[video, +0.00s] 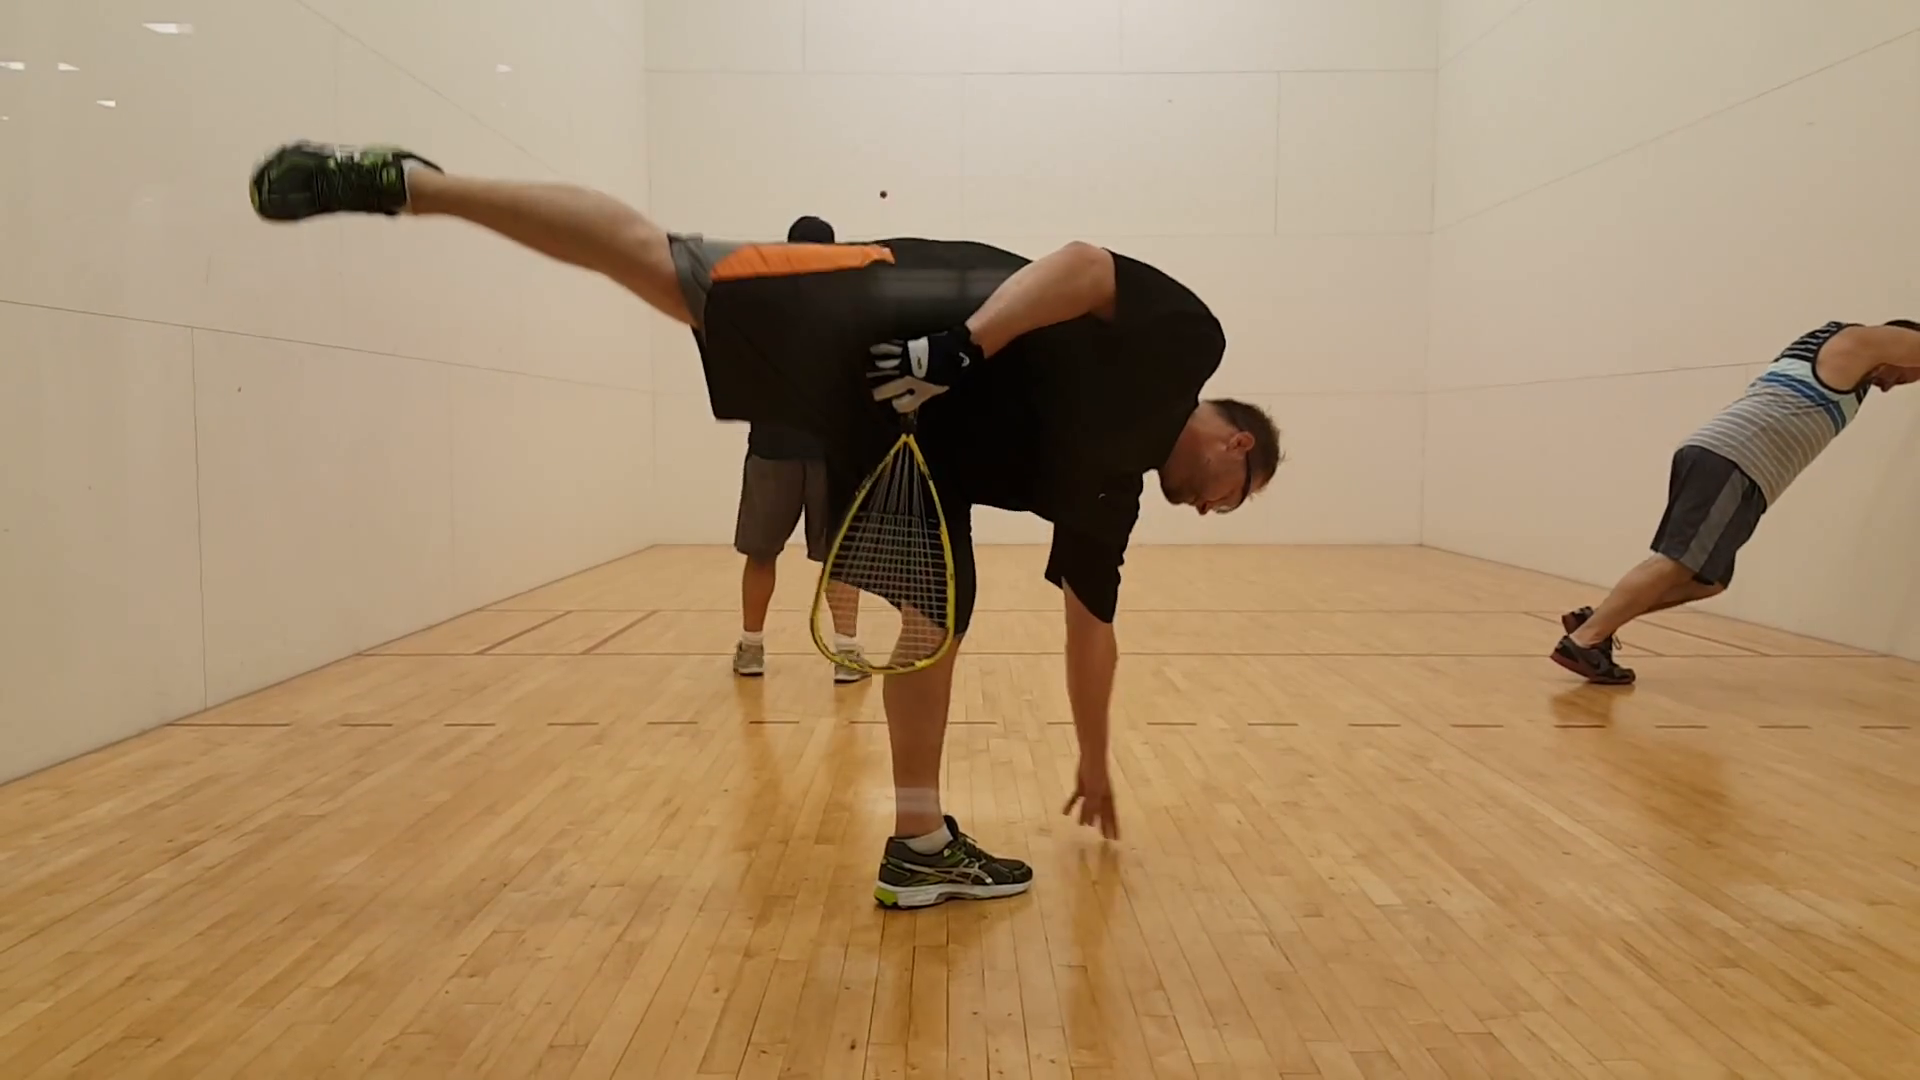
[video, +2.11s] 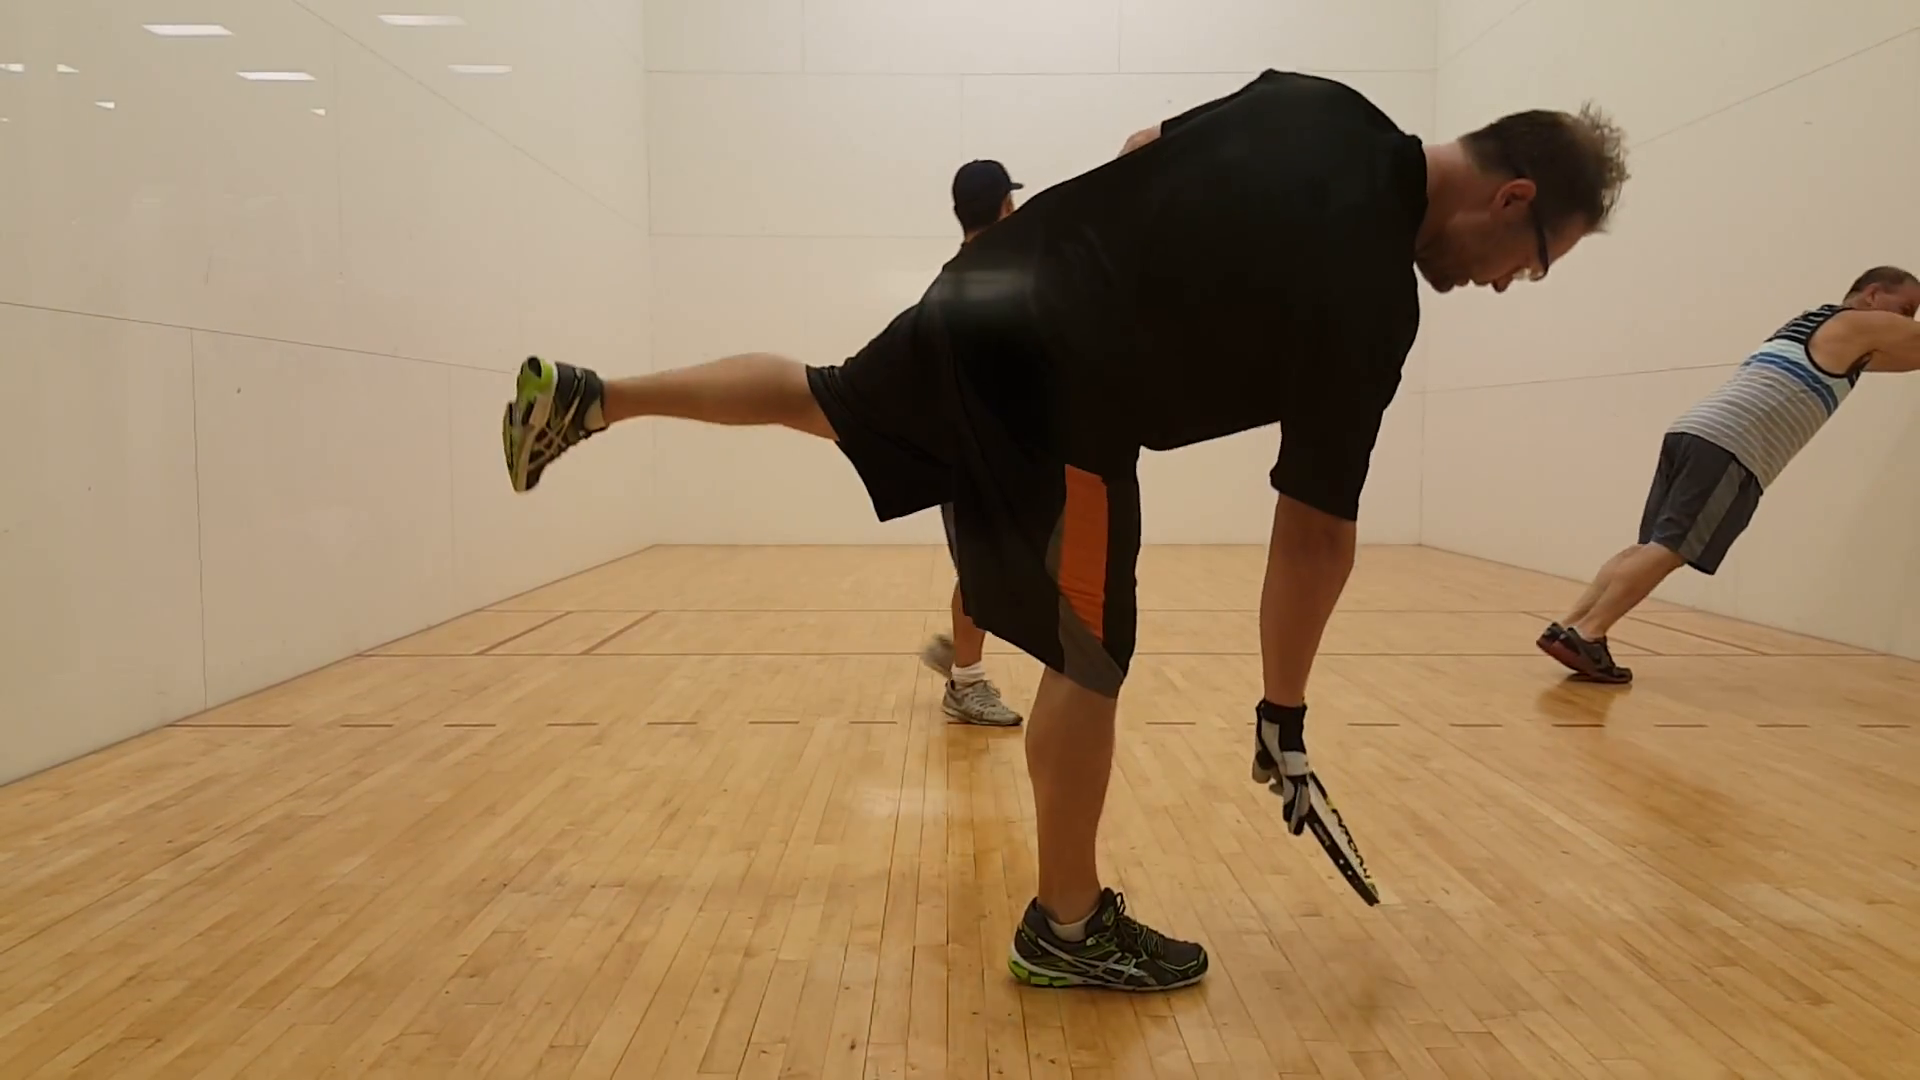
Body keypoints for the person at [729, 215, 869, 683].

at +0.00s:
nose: (814, 258)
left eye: (809, 250)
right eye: (817, 250)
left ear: (787, 250)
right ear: (833, 251)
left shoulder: (763, 296)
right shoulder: (854, 297)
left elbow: (740, 370)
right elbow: (874, 363)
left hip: (774, 441)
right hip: (837, 440)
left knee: (761, 550)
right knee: (843, 549)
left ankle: (750, 646)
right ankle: (846, 651)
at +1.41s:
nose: (885, 262)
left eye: (881, 255)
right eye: (882, 256)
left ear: (835, 264)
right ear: (875, 264)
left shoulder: (807, 316)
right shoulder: (892, 328)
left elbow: (770, 381)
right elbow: (912, 403)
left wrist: (774, 443)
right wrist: (923, 445)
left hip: (808, 469)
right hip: (868, 475)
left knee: (785, 552)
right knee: (899, 570)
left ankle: (756, 642)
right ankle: (878, 657)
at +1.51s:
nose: (905, 241)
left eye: (903, 234)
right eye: (903, 235)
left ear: (853, 244)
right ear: (895, 243)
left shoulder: (829, 296)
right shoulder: (909, 304)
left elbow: (797, 360)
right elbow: (922, 372)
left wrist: (816, 414)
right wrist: (948, 420)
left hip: (830, 445)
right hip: (887, 452)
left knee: (814, 548)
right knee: (894, 551)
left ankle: (788, 644)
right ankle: (878, 652)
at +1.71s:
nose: (930, 215)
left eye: (926, 206)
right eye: (926, 208)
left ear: (882, 221)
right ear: (919, 219)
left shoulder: (865, 272)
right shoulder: (927, 278)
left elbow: (837, 336)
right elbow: (920, 341)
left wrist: (881, 364)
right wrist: (961, 376)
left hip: (863, 433)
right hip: (914, 436)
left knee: (875, 538)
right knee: (933, 537)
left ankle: (845, 653)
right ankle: (920, 653)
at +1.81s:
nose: (947, 230)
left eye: (942, 221)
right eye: (943, 223)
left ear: (896, 234)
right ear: (937, 230)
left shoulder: (887, 290)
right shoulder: (934, 299)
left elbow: (869, 361)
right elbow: (944, 378)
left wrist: (923, 382)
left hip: (885, 449)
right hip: (930, 454)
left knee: (879, 556)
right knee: (952, 559)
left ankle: (840, 665)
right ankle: (953, 677)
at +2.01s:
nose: (994, 217)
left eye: (989, 209)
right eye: (991, 210)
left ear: (939, 223)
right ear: (982, 217)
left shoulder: (945, 279)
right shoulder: (975, 282)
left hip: (948, 450)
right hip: (971, 453)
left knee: (962, 559)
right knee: (974, 562)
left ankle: (892, 631)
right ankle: (966, 684)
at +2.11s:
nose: (1019, 206)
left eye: (1014, 199)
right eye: (1015, 200)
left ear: (958, 211)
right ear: (1007, 206)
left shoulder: (953, 276)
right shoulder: (1014, 268)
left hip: (970, 448)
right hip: (1001, 449)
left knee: (982, 551)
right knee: (984, 558)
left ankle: (959, 650)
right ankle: (965, 675)